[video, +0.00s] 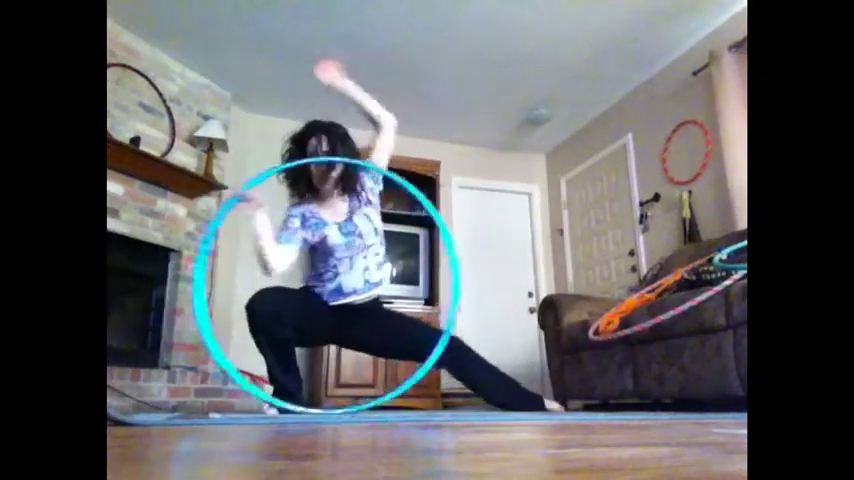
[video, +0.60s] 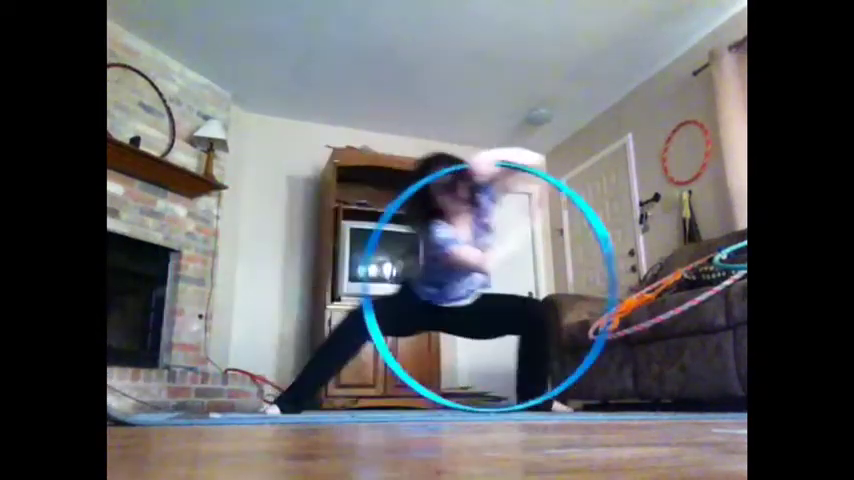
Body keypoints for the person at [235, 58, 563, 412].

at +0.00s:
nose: (321, 165)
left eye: (328, 156)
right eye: (312, 158)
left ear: (343, 159)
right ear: (302, 165)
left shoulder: (366, 186)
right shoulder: (302, 214)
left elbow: (387, 125)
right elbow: (274, 264)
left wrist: (342, 83)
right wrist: (257, 215)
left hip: (365, 314)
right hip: (319, 313)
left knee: (447, 346)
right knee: (263, 307)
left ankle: (538, 410)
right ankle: (290, 402)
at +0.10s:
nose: (338, 167)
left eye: (343, 157)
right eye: (328, 161)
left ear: (356, 159)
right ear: (315, 169)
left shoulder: (376, 189)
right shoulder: (314, 211)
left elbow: (382, 121)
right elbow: (308, 263)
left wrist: (326, 103)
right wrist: (300, 205)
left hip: (378, 311)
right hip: (330, 309)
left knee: (463, 339)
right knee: (279, 302)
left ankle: (537, 410)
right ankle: (289, 402)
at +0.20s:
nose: (323, 181)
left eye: (328, 173)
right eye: (320, 175)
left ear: (351, 169)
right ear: (324, 178)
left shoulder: (387, 187)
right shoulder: (335, 208)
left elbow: (394, 125)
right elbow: (335, 255)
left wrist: (332, 121)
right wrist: (338, 197)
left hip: (387, 311)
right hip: (341, 308)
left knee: (470, 332)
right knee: (289, 301)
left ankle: (532, 405)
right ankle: (292, 400)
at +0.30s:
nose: (366, 175)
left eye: (370, 167)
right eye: (357, 171)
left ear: (382, 167)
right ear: (348, 178)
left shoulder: (402, 191)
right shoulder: (350, 215)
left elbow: (412, 132)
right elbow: (369, 251)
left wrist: (352, 133)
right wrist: (373, 198)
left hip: (402, 311)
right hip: (354, 310)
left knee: (477, 327)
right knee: (304, 301)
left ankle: (530, 402)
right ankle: (294, 399)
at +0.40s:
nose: (391, 180)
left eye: (395, 172)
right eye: (382, 176)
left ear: (407, 171)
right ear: (377, 187)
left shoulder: (426, 201)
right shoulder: (382, 221)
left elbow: (453, 141)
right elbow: (412, 247)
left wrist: (400, 146)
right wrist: (428, 197)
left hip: (423, 309)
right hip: (375, 304)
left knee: (496, 319)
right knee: (320, 307)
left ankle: (531, 401)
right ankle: (294, 402)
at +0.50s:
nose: (413, 184)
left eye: (414, 176)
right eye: (405, 181)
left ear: (427, 174)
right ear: (396, 189)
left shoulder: (451, 192)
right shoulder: (400, 222)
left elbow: (486, 148)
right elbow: (439, 252)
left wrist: (439, 155)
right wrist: (456, 198)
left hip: (438, 308)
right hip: (390, 306)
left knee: (510, 316)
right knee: (336, 311)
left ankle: (533, 403)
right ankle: (290, 403)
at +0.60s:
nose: (452, 196)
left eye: (455, 187)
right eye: (442, 191)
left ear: (467, 184)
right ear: (433, 197)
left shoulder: (486, 199)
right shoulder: (438, 232)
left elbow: (536, 161)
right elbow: (484, 263)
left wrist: (497, 160)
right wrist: (529, 223)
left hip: (468, 307)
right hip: (417, 307)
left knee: (538, 315)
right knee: (361, 321)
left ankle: (535, 402)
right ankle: (287, 406)